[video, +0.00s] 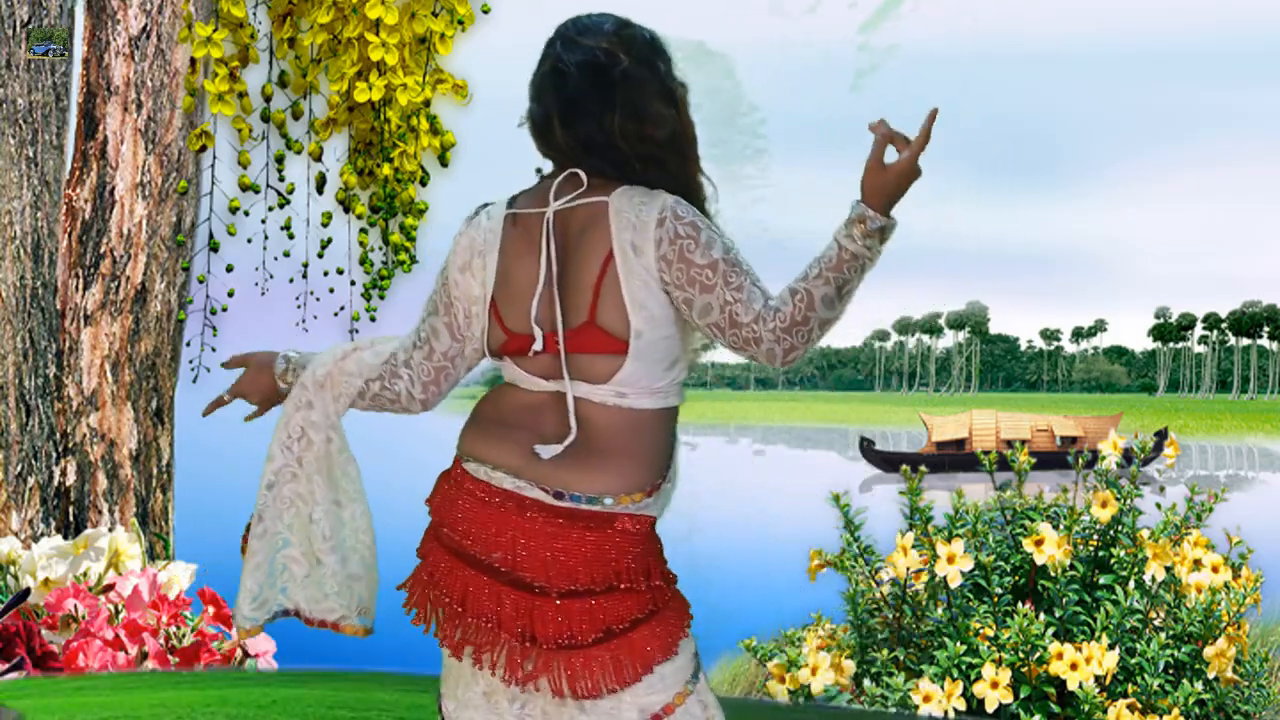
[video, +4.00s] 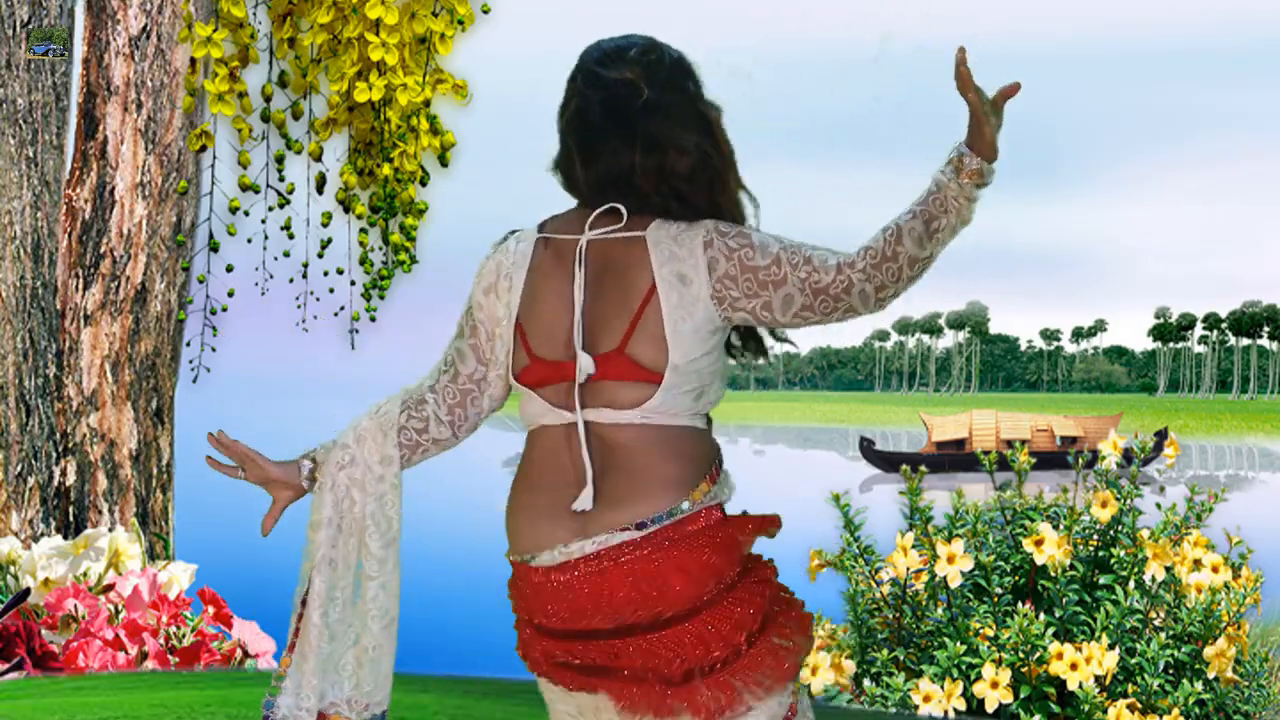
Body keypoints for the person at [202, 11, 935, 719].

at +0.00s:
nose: (681, 111)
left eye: (675, 90)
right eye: (671, 93)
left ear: (549, 112)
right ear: (645, 108)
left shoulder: (490, 231)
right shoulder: (662, 223)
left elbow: (415, 380)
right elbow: (776, 339)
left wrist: (293, 374)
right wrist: (871, 216)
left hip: (475, 505)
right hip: (600, 533)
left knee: (488, 694)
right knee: (649, 700)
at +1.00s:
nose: (789, 132)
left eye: (782, 107)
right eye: (777, 110)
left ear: (651, 117)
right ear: (749, 126)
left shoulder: (565, 224)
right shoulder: (721, 247)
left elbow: (499, 363)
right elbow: (861, 357)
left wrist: (408, 463)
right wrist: (941, 228)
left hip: (589, 533)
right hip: (706, 521)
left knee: (643, 706)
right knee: (770, 703)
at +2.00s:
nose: (705, 110)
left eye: (697, 89)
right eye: (696, 92)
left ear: (570, 115)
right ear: (678, 108)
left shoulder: (514, 243)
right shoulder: (711, 221)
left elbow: (469, 407)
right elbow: (844, 309)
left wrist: (331, 375)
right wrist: (913, 174)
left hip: (543, 522)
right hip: (684, 521)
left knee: (552, 693)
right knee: (710, 700)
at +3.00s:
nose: (756, 138)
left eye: (747, 113)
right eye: (744, 117)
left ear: (615, 137)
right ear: (723, 136)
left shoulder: (552, 256)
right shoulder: (718, 249)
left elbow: (479, 390)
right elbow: (880, 272)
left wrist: (374, 464)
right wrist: (937, 126)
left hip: (530, 562)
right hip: (654, 587)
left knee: (551, 695)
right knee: (771, 704)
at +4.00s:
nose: (709, 141)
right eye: (698, 123)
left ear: (574, 140)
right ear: (682, 135)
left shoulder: (511, 263)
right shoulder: (700, 249)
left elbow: (447, 407)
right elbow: (856, 284)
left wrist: (311, 468)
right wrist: (970, 167)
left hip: (540, 544)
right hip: (668, 532)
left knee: (588, 704)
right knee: (759, 699)